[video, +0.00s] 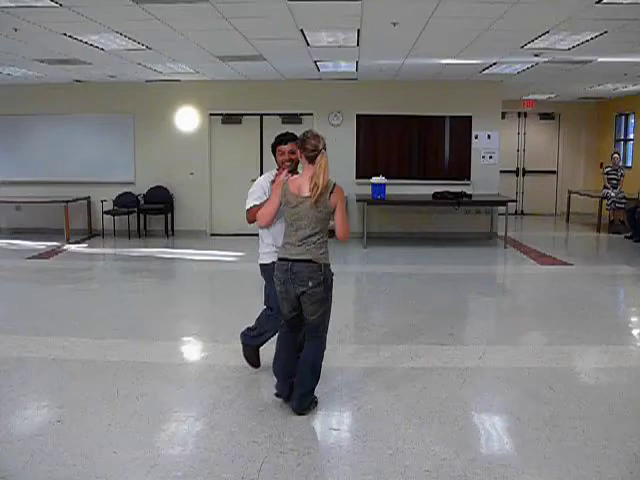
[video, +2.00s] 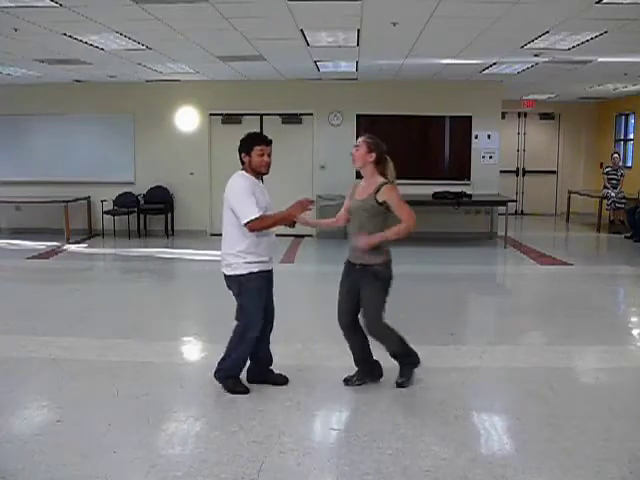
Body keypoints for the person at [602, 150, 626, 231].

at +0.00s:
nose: (615, 160)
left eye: (617, 158)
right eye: (614, 158)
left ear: (619, 160)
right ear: (611, 160)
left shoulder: (621, 171)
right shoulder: (607, 169)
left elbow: (621, 183)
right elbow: (605, 182)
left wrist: (617, 191)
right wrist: (611, 189)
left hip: (617, 188)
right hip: (608, 188)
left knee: (621, 197)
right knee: (612, 197)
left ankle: (620, 218)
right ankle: (612, 218)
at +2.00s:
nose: (615, 160)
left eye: (616, 158)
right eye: (613, 158)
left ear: (619, 160)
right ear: (611, 160)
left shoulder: (621, 170)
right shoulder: (607, 169)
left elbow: (621, 183)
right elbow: (605, 182)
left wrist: (617, 190)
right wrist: (611, 189)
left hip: (617, 188)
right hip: (608, 188)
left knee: (622, 196)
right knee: (611, 196)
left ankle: (621, 217)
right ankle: (611, 217)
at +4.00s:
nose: (615, 160)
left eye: (616, 158)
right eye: (613, 158)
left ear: (619, 160)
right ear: (611, 160)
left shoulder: (621, 171)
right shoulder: (607, 169)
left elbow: (621, 183)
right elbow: (605, 182)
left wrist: (617, 190)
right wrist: (611, 189)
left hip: (617, 188)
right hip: (608, 188)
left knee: (622, 196)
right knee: (612, 196)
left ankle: (621, 218)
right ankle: (612, 218)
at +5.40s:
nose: (615, 160)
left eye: (616, 158)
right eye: (613, 158)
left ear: (619, 160)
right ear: (611, 160)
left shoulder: (621, 170)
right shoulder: (606, 169)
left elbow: (621, 183)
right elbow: (605, 182)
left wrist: (617, 190)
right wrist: (611, 189)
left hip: (617, 188)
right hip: (608, 188)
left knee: (622, 196)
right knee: (611, 196)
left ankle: (621, 216)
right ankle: (611, 216)